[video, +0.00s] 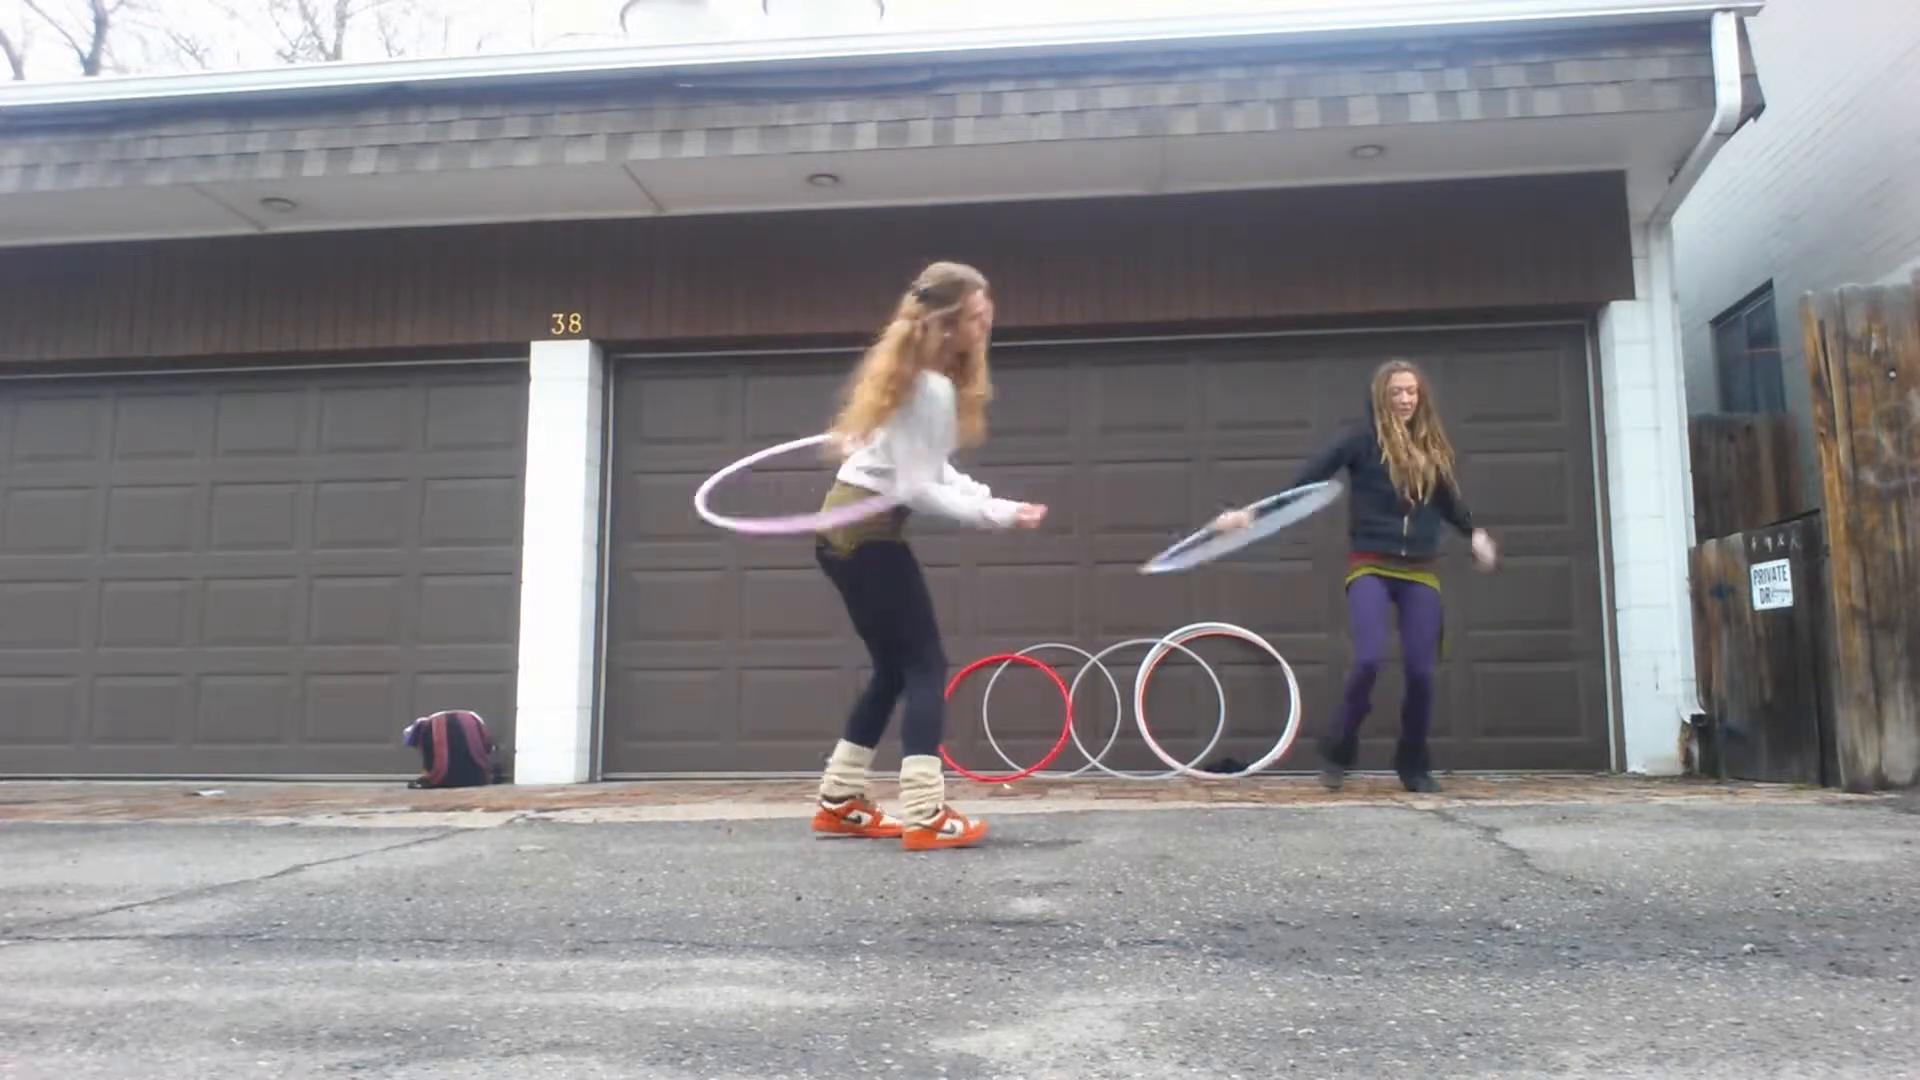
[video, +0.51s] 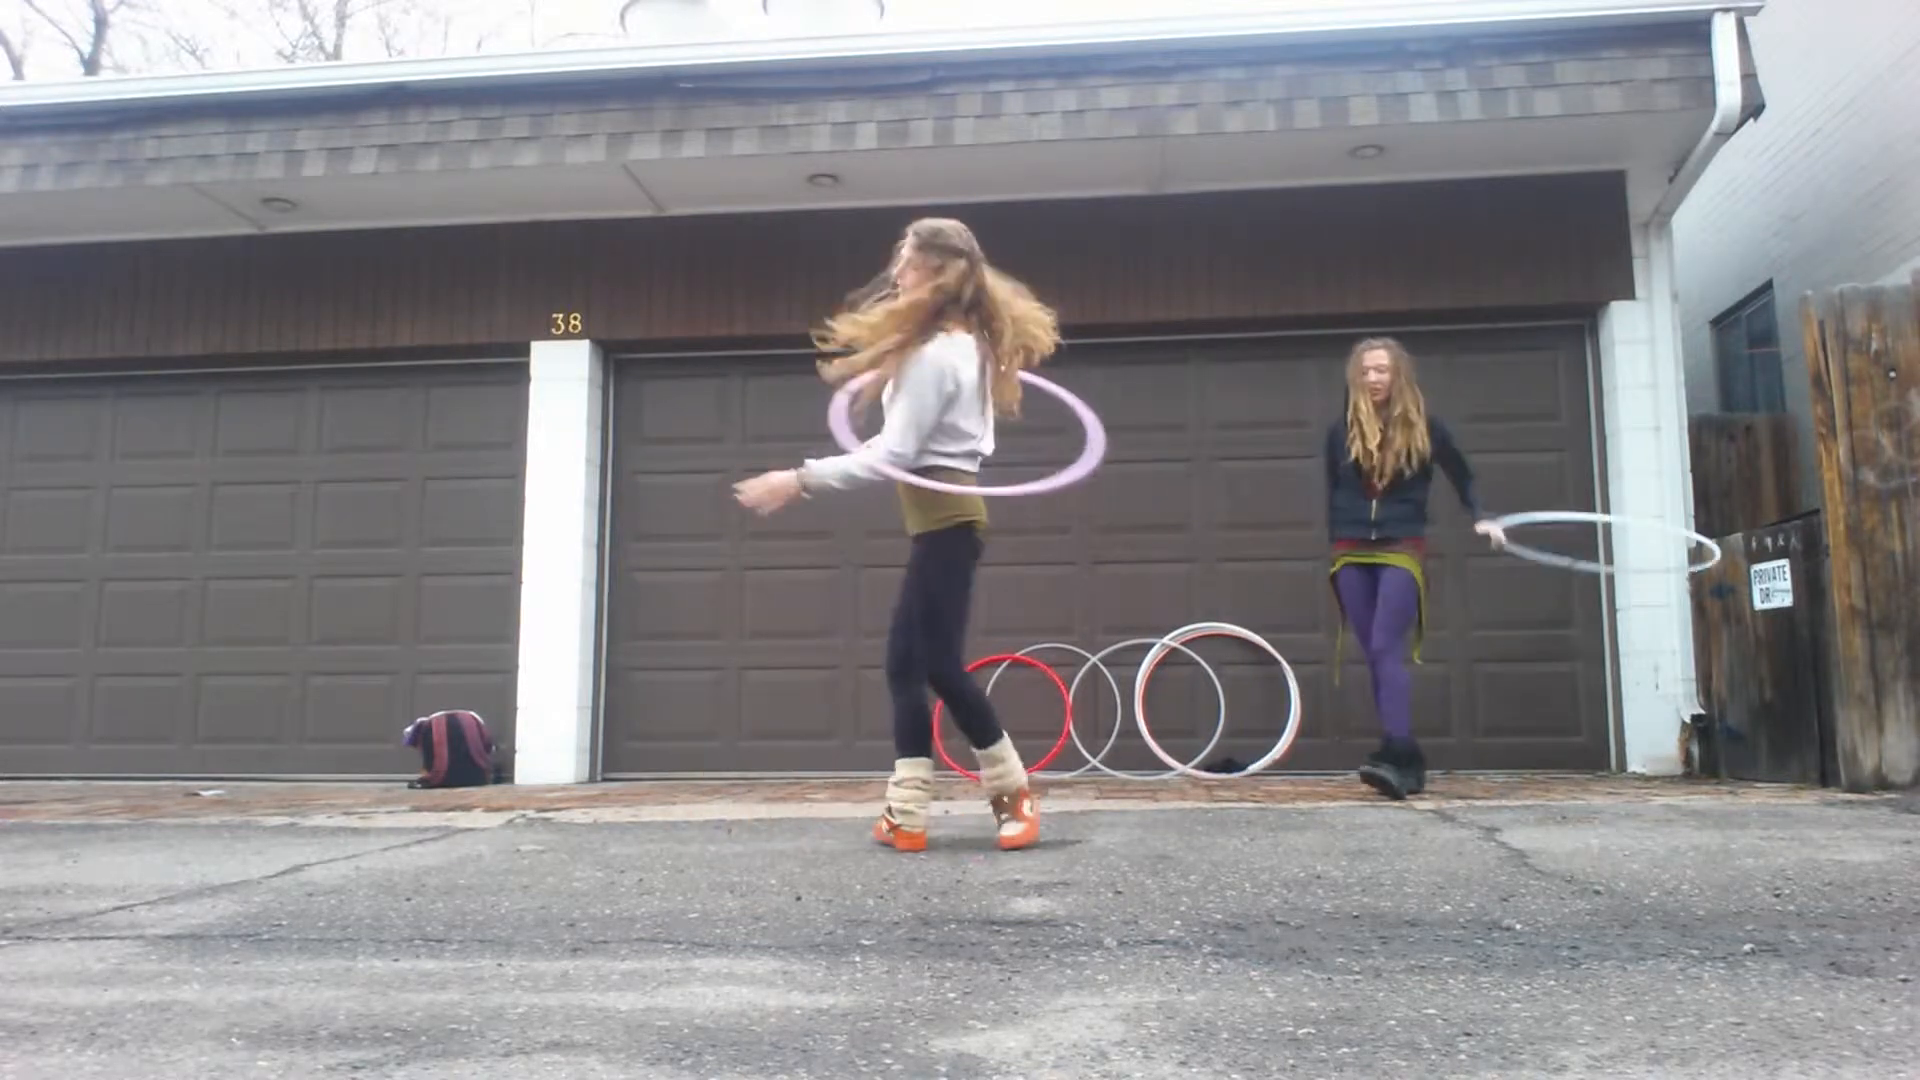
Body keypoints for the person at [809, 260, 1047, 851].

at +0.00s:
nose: (987, 328)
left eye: (987, 317)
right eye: (979, 319)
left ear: (944, 323)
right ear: (945, 325)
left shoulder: (912, 381)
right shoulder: (931, 387)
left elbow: (934, 472)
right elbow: (917, 487)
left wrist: (996, 505)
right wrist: (1000, 514)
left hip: (845, 532)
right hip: (872, 535)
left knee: (892, 668)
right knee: (927, 665)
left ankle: (839, 800)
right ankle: (924, 814)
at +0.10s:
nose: (994, 306)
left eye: (993, 296)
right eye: (991, 296)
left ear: (929, 292)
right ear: (975, 300)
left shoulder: (881, 342)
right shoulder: (970, 375)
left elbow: (855, 432)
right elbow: (959, 480)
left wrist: (956, 463)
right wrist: (1004, 515)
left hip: (841, 518)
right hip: (902, 525)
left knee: (880, 654)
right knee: (936, 667)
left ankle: (833, 780)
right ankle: (925, 812)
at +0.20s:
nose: (994, 297)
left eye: (994, 287)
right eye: (992, 287)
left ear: (926, 278)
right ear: (976, 289)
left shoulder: (870, 330)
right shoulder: (987, 361)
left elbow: (856, 418)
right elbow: (976, 453)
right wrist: (982, 500)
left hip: (864, 503)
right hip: (936, 508)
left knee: (858, 643)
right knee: (934, 657)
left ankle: (866, 749)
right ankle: (922, 814)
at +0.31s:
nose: (903, 261)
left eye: (912, 254)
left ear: (917, 267)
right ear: (979, 281)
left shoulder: (877, 331)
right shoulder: (989, 355)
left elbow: (843, 421)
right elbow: (980, 450)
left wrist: (813, 449)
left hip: (888, 508)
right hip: (955, 512)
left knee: (862, 652)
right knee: (915, 654)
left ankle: (938, 743)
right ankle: (905, 807)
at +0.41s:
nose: (893, 263)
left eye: (906, 254)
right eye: (899, 251)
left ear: (933, 273)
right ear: (962, 279)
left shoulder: (903, 345)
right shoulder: (982, 349)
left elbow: (854, 432)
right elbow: (976, 433)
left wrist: (779, 456)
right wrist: (900, 461)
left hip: (913, 514)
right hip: (963, 514)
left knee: (884, 659)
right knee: (916, 661)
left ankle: (1001, 767)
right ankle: (909, 813)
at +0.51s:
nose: (897, 280)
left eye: (908, 269)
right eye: (899, 267)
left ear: (941, 277)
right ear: (948, 277)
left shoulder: (937, 354)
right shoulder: (962, 346)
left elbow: (894, 452)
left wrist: (799, 479)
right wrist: (889, 381)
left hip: (948, 526)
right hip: (943, 524)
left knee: (941, 663)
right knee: (907, 664)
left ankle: (1016, 796)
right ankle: (908, 814)